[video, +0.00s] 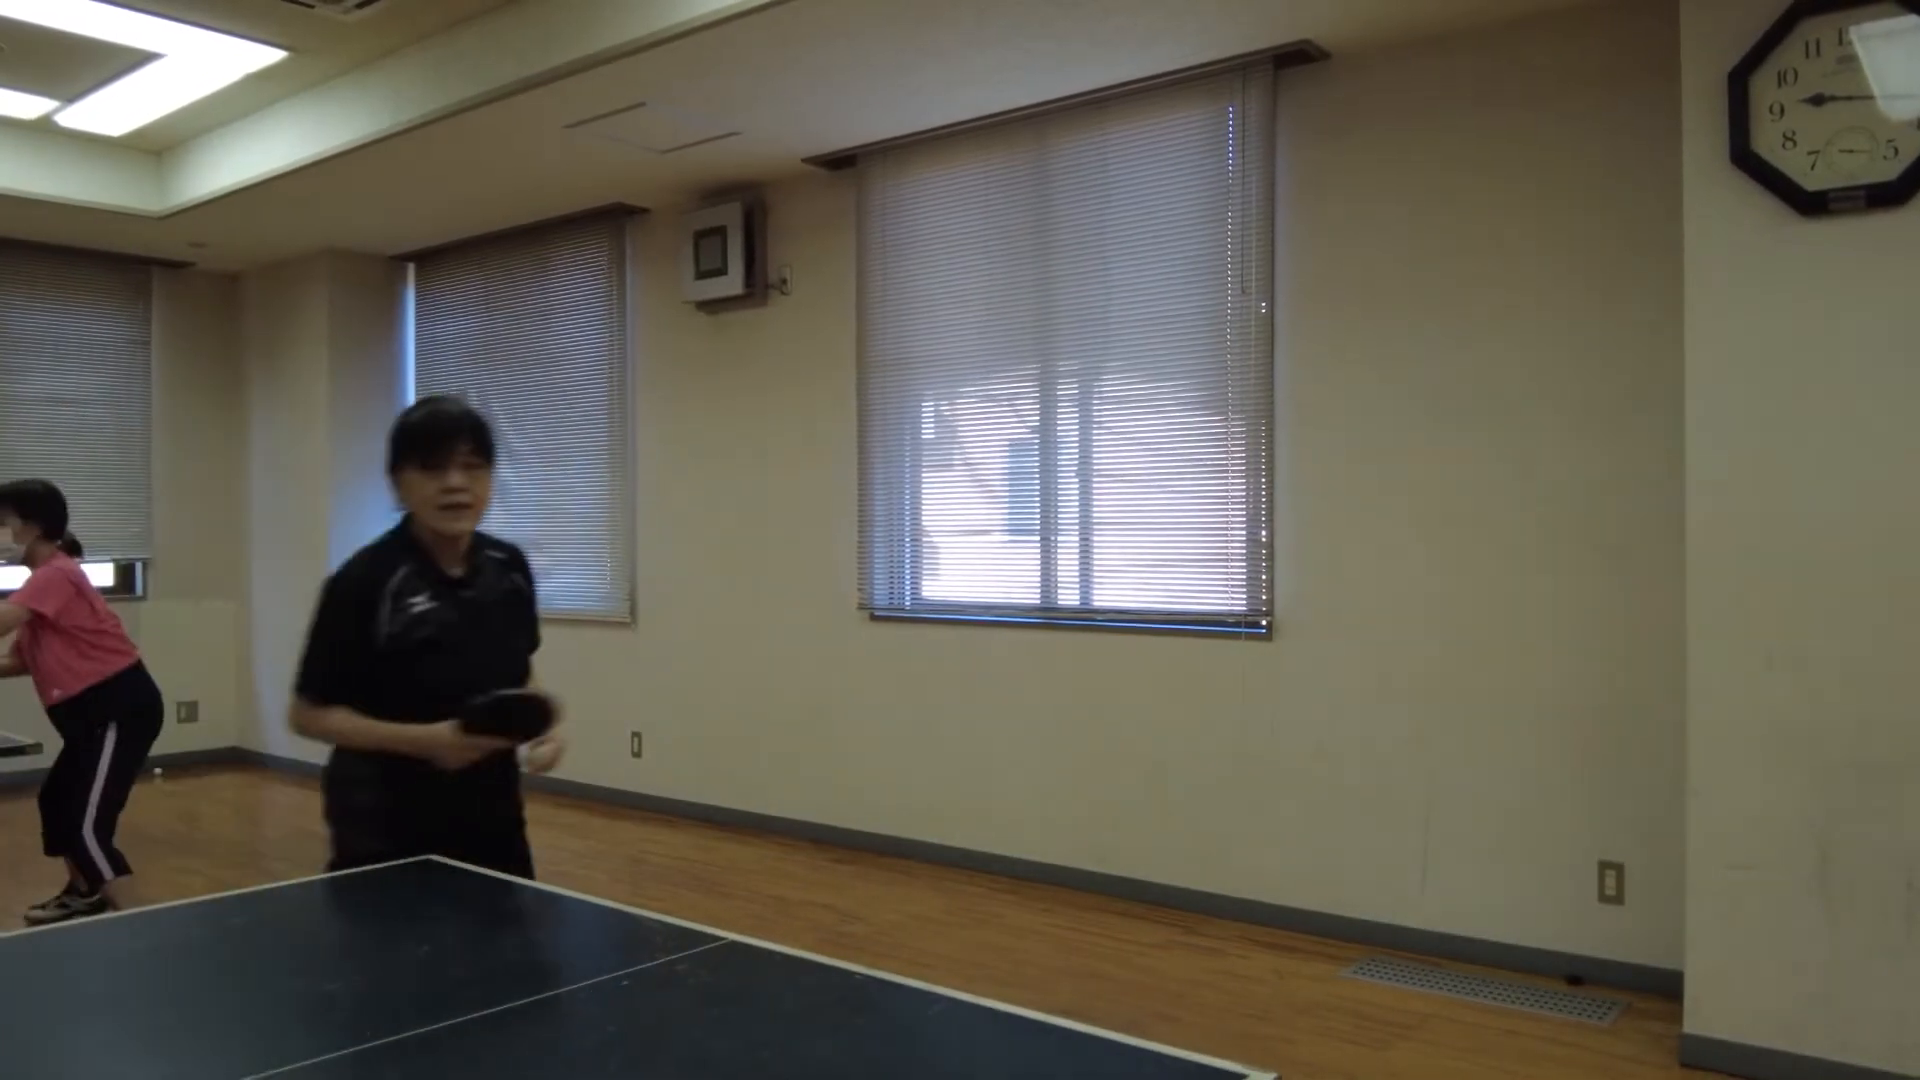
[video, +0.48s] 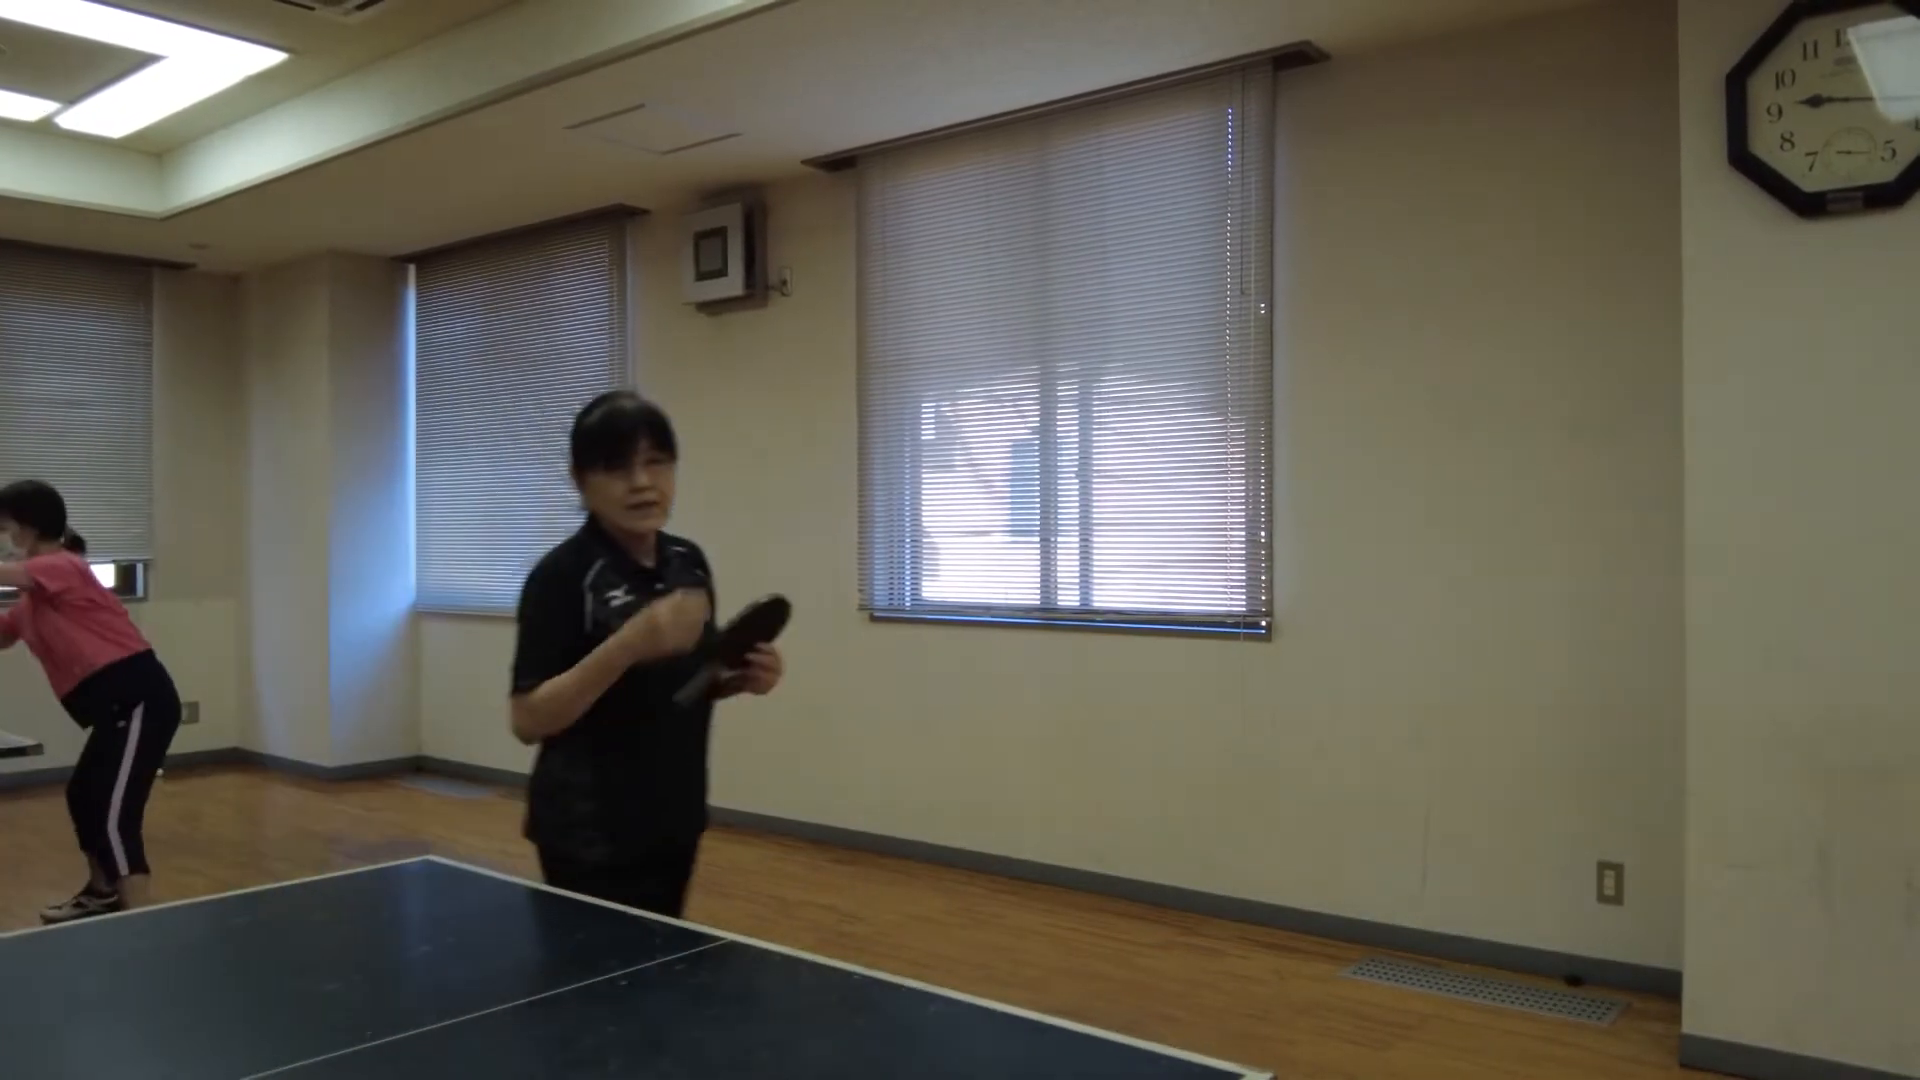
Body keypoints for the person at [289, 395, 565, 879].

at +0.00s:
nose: (455, 483)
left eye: (472, 466)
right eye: (433, 468)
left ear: (491, 478)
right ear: (398, 482)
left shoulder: (507, 570)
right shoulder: (362, 584)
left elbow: (517, 679)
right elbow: (307, 713)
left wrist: (543, 726)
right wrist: (426, 740)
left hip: (488, 824)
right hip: (385, 833)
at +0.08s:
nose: (498, 476)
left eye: (514, 459)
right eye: (475, 460)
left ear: (532, 468)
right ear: (438, 472)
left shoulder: (541, 558)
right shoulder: (405, 573)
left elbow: (548, 655)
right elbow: (358, 706)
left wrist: (579, 705)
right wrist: (487, 718)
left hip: (513, 809)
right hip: (419, 816)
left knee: (520, 951)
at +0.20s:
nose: (548, 475)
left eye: (563, 457)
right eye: (525, 459)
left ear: (583, 466)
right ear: (490, 472)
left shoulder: (589, 557)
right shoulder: (457, 569)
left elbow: (586, 659)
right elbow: (413, 703)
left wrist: (629, 680)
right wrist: (547, 698)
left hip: (550, 804)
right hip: (464, 809)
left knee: (546, 949)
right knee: (472, 957)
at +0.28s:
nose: (578, 476)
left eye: (594, 459)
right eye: (555, 460)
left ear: (612, 468)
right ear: (520, 472)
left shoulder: (618, 560)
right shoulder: (487, 570)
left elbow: (616, 666)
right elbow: (443, 704)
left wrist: (662, 679)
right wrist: (575, 692)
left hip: (579, 808)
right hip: (494, 813)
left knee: (567, 954)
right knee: (501, 962)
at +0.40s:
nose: (619, 480)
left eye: (634, 462)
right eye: (595, 465)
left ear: (652, 471)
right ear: (559, 479)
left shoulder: (659, 563)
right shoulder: (531, 574)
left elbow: (651, 679)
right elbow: (489, 713)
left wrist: (707, 676)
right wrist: (613, 676)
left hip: (630, 815)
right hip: (544, 820)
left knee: (605, 965)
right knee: (547, 975)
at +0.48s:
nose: (641, 482)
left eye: (656, 462)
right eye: (617, 467)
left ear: (675, 470)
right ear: (582, 481)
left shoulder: (687, 563)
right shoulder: (558, 578)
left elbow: (695, 681)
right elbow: (529, 720)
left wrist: (748, 673)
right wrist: (631, 643)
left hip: (670, 817)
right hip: (585, 825)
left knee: (654, 974)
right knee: (591, 979)